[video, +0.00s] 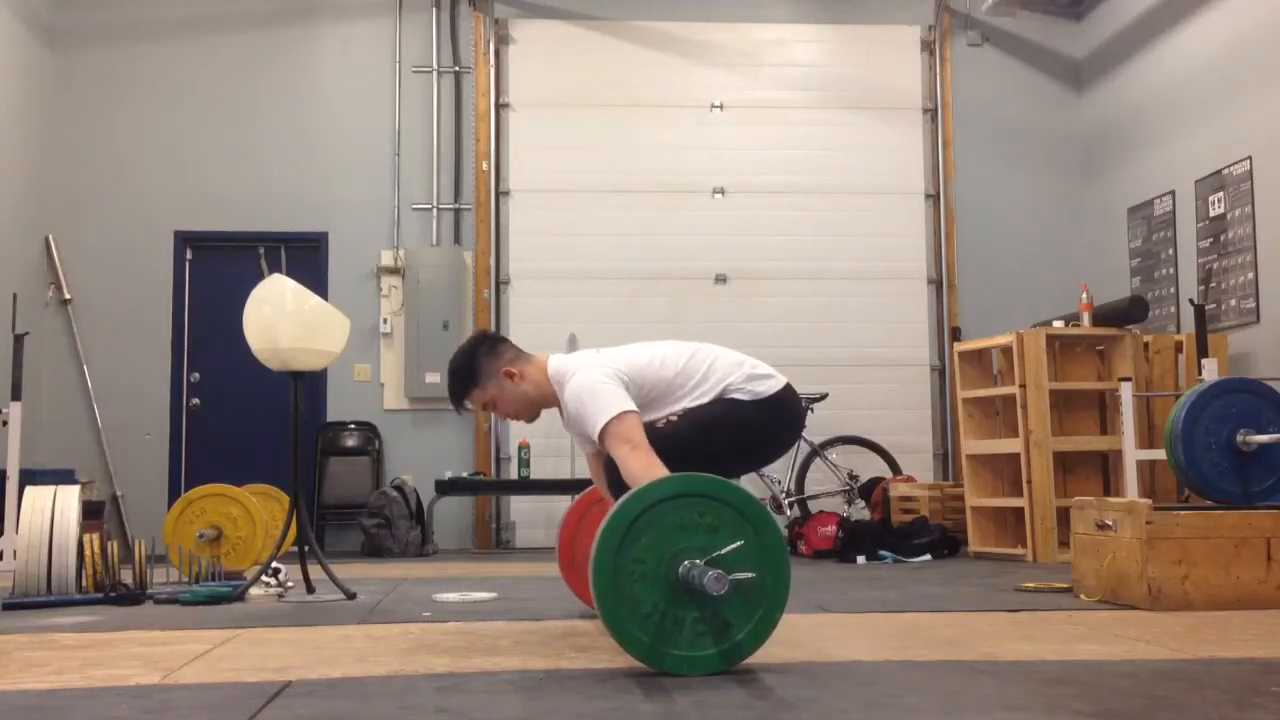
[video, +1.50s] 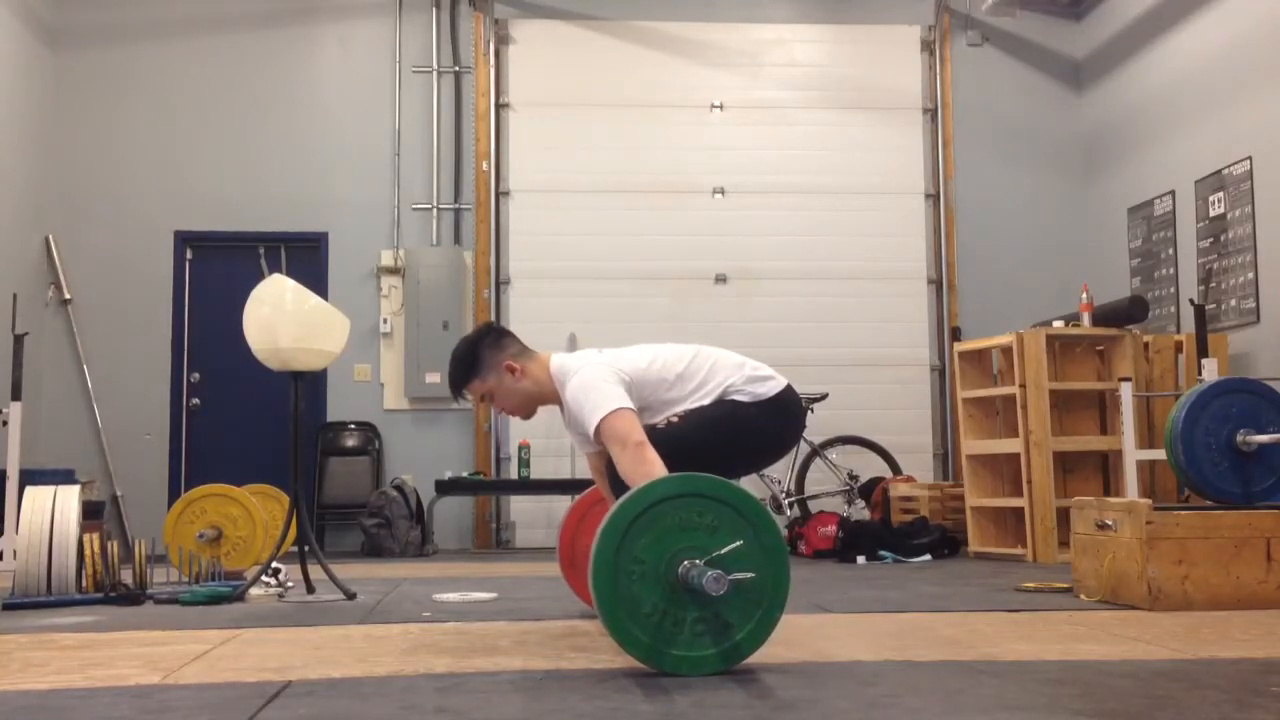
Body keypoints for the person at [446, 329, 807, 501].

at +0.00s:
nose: (499, 418)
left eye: (491, 405)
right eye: (489, 411)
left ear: (511, 375)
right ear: (513, 374)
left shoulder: (584, 382)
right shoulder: (571, 396)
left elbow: (635, 453)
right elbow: (604, 468)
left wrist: (683, 540)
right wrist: (638, 545)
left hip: (763, 405)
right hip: (739, 408)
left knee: (625, 459)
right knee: (611, 465)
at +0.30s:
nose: (498, 413)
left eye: (492, 401)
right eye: (489, 407)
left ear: (514, 371)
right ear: (516, 371)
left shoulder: (585, 380)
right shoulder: (571, 398)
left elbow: (637, 451)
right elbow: (608, 474)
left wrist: (684, 539)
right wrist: (636, 545)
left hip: (765, 404)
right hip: (739, 408)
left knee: (630, 458)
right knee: (616, 468)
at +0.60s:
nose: (498, 411)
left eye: (492, 398)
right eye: (489, 404)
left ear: (515, 369)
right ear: (516, 370)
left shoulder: (586, 380)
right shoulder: (570, 399)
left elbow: (635, 456)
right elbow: (606, 481)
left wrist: (679, 542)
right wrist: (637, 548)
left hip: (766, 405)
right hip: (740, 409)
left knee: (629, 456)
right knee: (614, 470)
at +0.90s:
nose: (496, 411)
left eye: (490, 398)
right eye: (487, 404)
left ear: (514, 370)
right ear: (515, 371)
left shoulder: (584, 379)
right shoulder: (569, 398)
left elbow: (633, 453)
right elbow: (604, 477)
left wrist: (676, 541)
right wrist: (637, 546)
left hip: (765, 405)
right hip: (738, 409)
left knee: (628, 457)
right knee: (613, 469)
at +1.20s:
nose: (495, 411)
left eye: (489, 398)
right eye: (485, 404)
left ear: (512, 370)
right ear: (514, 371)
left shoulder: (584, 380)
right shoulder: (570, 398)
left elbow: (634, 453)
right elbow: (605, 476)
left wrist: (676, 541)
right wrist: (637, 546)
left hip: (764, 405)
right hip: (739, 409)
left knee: (628, 458)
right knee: (612, 468)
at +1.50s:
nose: (495, 412)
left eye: (489, 398)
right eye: (485, 405)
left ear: (513, 370)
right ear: (514, 371)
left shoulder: (584, 379)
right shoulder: (571, 400)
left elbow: (634, 449)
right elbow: (607, 475)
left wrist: (676, 539)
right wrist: (637, 546)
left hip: (764, 406)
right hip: (739, 410)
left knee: (628, 458)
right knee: (614, 469)